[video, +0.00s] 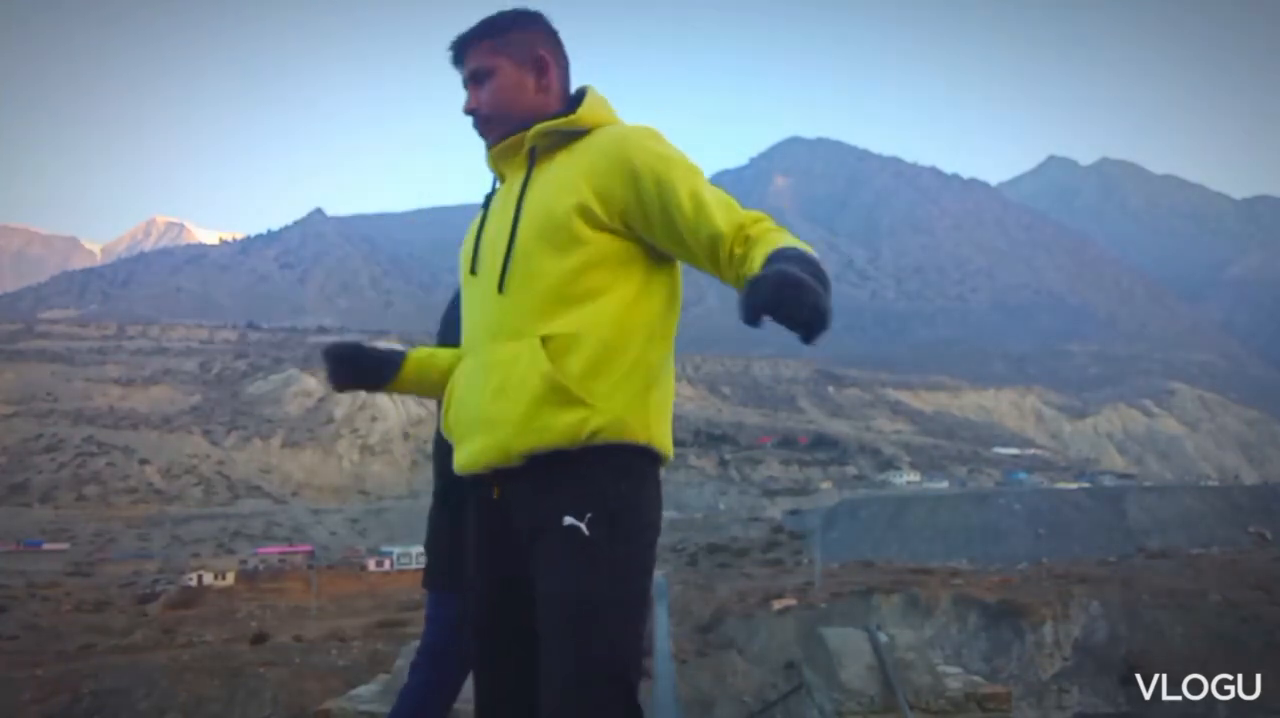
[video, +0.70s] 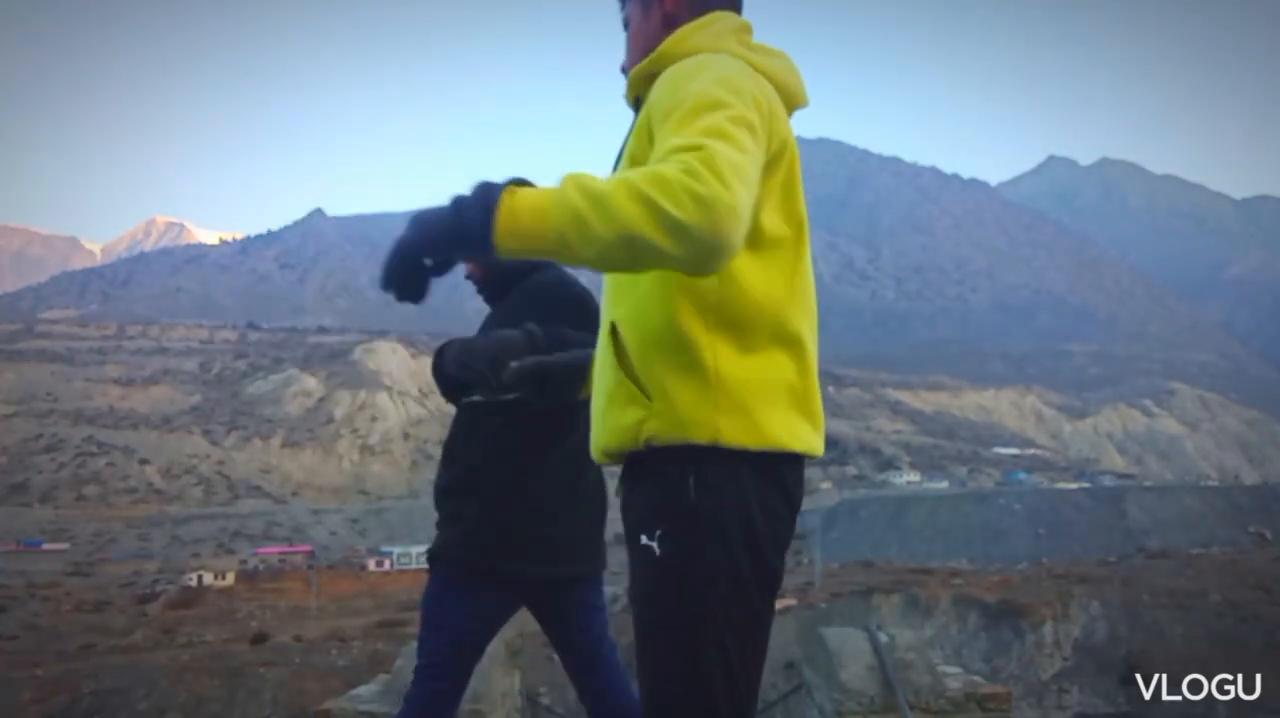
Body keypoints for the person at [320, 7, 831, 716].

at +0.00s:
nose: (467, 102)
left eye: (481, 78)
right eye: (465, 85)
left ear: (544, 70)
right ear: (526, 78)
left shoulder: (616, 152)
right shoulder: (491, 214)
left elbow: (735, 233)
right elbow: (495, 370)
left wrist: (782, 265)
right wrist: (390, 368)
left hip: (594, 479)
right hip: (497, 488)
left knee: (588, 696)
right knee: (504, 697)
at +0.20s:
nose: (497, 92)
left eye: (505, 66)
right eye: (496, 72)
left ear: (558, 56)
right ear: (555, 61)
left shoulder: (635, 131)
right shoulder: (541, 173)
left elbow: (776, 212)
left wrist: (780, 241)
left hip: (614, 478)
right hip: (533, 482)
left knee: (616, 694)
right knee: (529, 696)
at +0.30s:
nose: (528, 80)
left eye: (534, 53)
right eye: (527, 59)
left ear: (584, 37)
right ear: (584, 42)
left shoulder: (644, 111)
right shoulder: (575, 153)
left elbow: (756, 222)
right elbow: (599, 341)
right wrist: (494, 399)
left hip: (640, 470)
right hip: (571, 472)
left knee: (638, 698)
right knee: (556, 698)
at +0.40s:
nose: (561, 66)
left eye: (566, 39)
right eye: (560, 45)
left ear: (608, 21)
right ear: (611, 26)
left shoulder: (659, 87)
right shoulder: (622, 128)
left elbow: (655, 191)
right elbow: (629, 355)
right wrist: (491, 378)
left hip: (674, 462)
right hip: (621, 466)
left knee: (672, 699)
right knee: (584, 699)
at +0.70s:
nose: (624, 40)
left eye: (629, 16)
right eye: (625, 20)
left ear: (665, 8)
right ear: (687, 14)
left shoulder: (713, 79)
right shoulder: (695, 92)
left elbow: (699, 214)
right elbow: (703, 318)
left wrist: (485, 219)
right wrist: (585, 359)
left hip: (712, 456)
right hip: (689, 453)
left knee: (692, 699)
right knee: (686, 697)